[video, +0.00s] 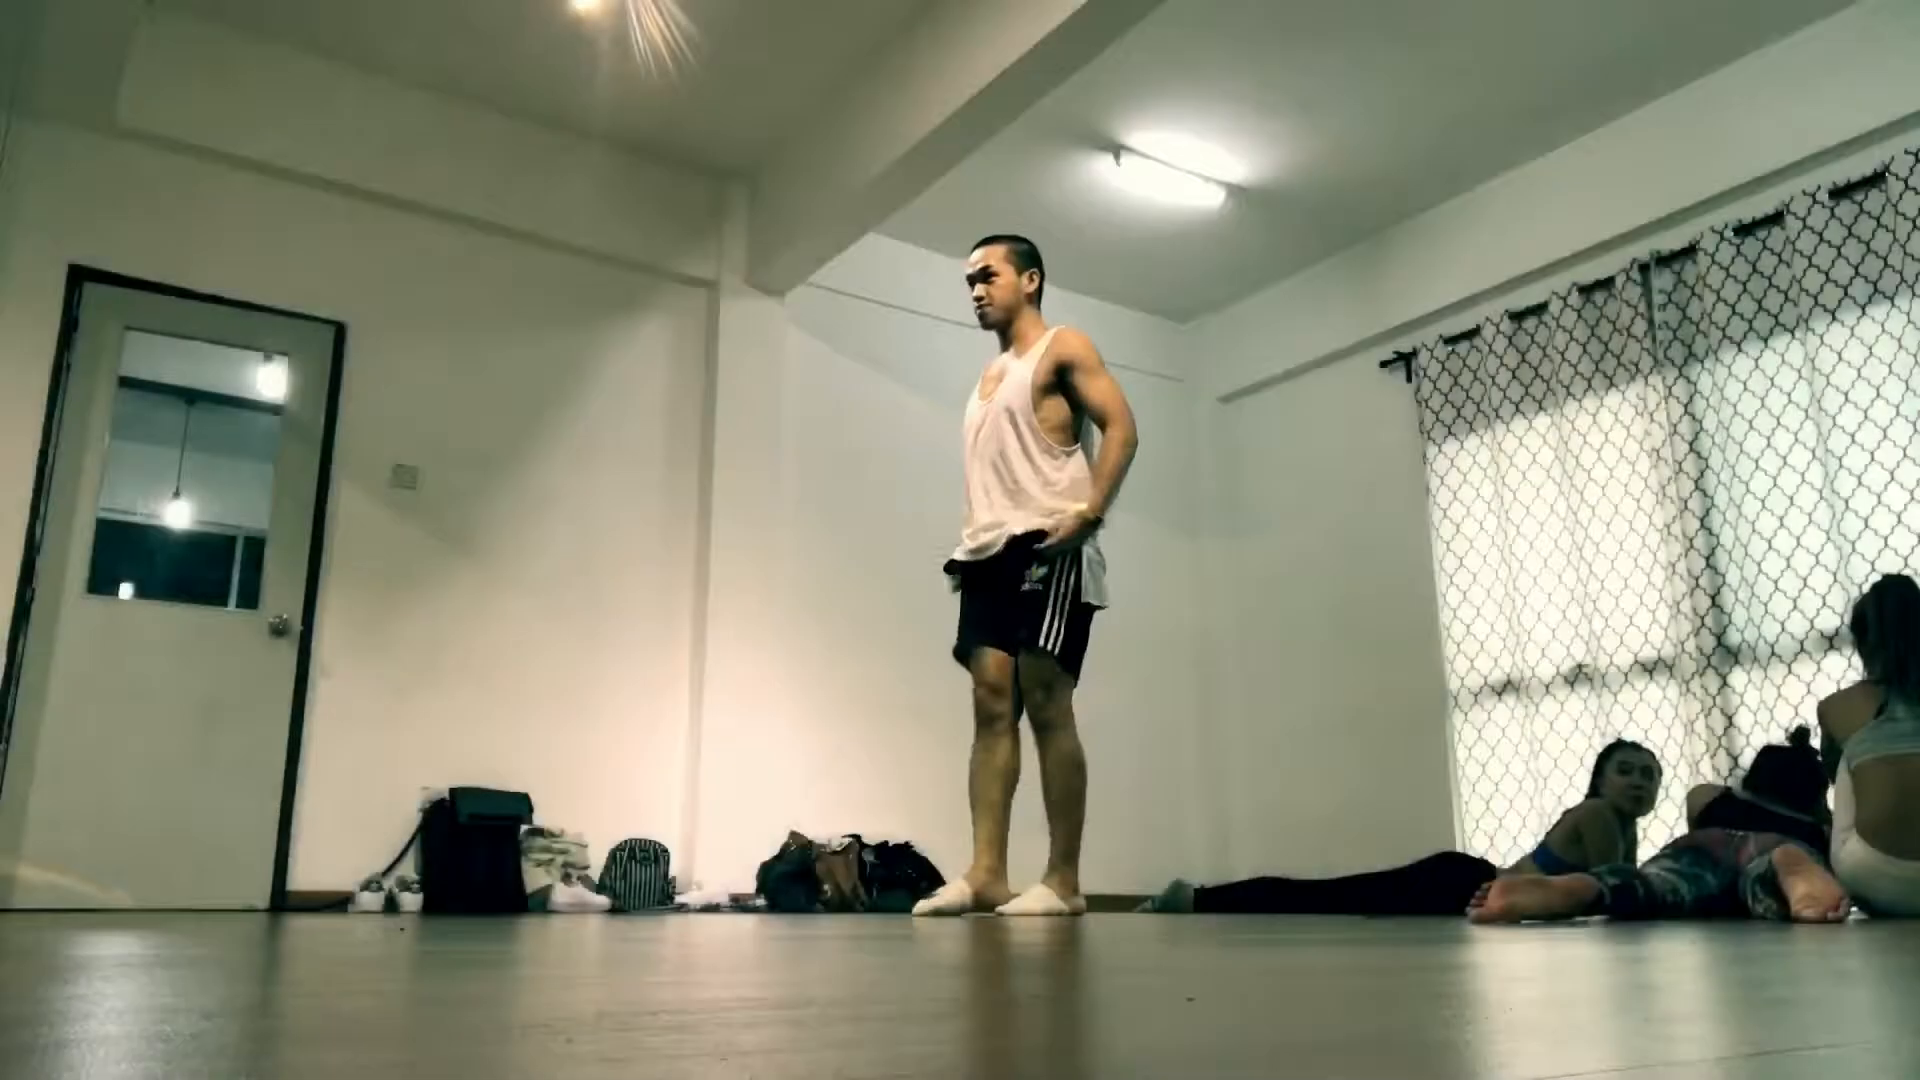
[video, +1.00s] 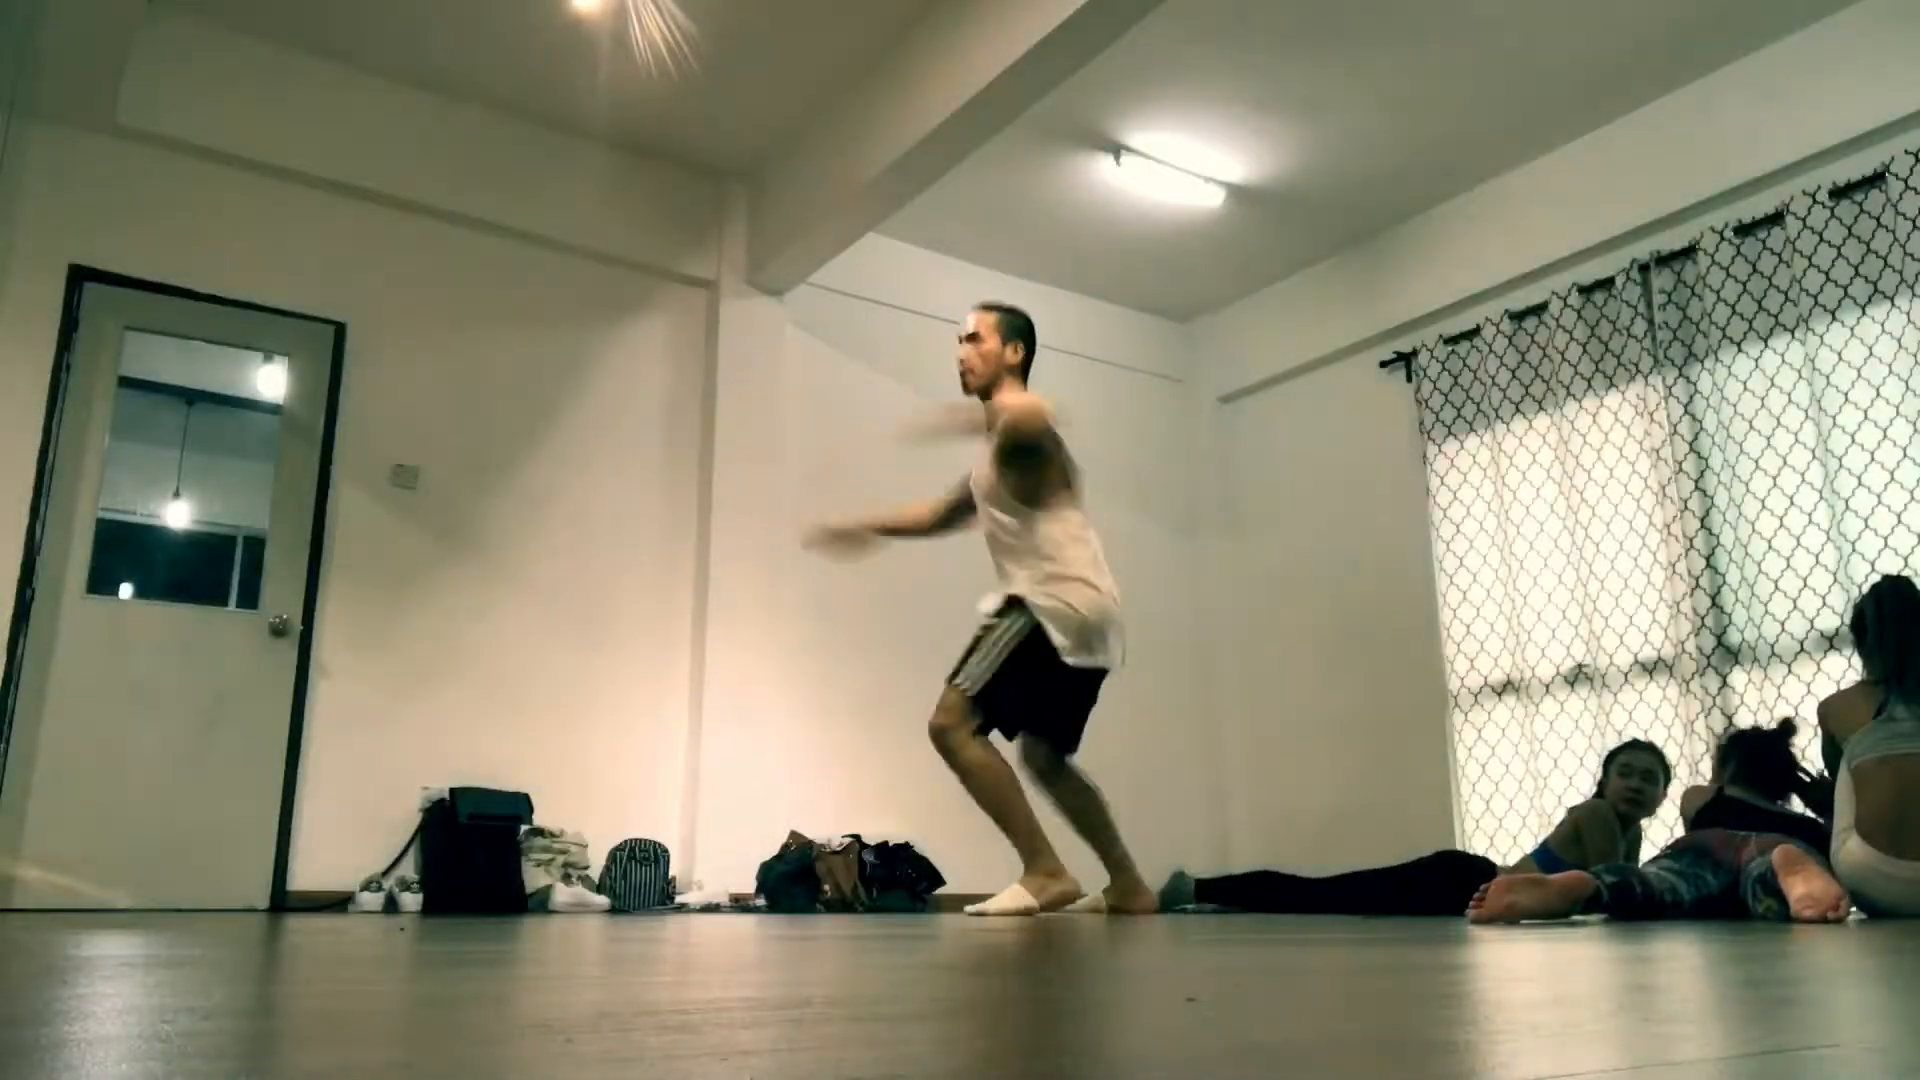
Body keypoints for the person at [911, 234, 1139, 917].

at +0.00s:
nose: (975, 288)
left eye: (987, 276)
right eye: (972, 281)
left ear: (1030, 282)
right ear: (982, 296)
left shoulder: (1064, 347)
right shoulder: (993, 373)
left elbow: (1121, 427)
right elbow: (998, 469)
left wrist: (1090, 512)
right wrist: (972, 544)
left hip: (1049, 548)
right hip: (989, 554)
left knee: (1046, 702)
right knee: (991, 702)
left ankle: (1062, 882)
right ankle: (986, 873)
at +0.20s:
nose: (990, 284)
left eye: (1003, 271)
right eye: (987, 276)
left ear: (1046, 278)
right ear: (996, 292)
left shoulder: (1079, 344)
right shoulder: (996, 376)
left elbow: (1133, 409)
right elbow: (983, 483)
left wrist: (1171, 470)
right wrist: (934, 559)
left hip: (1054, 554)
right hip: (990, 563)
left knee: (1054, 706)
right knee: (1007, 711)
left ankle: (1064, 882)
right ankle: (1004, 873)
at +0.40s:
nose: (999, 294)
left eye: (1013, 281)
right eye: (995, 286)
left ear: (1055, 290)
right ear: (998, 304)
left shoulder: (1091, 364)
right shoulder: (980, 390)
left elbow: (1172, 419)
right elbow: (939, 474)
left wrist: (1251, 457)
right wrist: (857, 504)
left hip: (1066, 555)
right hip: (1000, 568)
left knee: (1062, 708)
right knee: (1029, 718)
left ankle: (1066, 880)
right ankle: (1086, 854)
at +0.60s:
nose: (996, 315)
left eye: (1009, 303)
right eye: (994, 307)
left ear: (1050, 313)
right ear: (1002, 324)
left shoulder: (1094, 386)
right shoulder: (977, 399)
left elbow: (1193, 430)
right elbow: (901, 438)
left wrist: (1285, 453)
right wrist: (859, 404)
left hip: (1074, 566)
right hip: (1014, 579)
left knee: (1047, 705)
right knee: (1048, 731)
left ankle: (1060, 880)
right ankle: (1124, 871)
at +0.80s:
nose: (979, 363)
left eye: (993, 353)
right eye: (978, 355)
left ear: (1036, 363)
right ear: (991, 373)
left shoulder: (1083, 429)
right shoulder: (971, 444)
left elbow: (1190, 450)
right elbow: (898, 440)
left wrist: (1290, 457)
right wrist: (831, 410)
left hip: (1080, 603)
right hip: (1033, 614)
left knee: (999, 706)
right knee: (1030, 775)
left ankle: (1043, 879)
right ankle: (1128, 884)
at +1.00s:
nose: (960, 351)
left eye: (974, 340)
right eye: (962, 341)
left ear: (1013, 353)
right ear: (995, 356)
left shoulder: (1024, 411)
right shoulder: (997, 454)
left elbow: (1025, 421)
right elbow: (941, 515)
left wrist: (976, 416)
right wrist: (864, 527)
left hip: (1048, 602)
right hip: (1086, 611)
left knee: (952, 725)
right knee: (1042, 756)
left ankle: (1045, 874)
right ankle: (1129, 885)